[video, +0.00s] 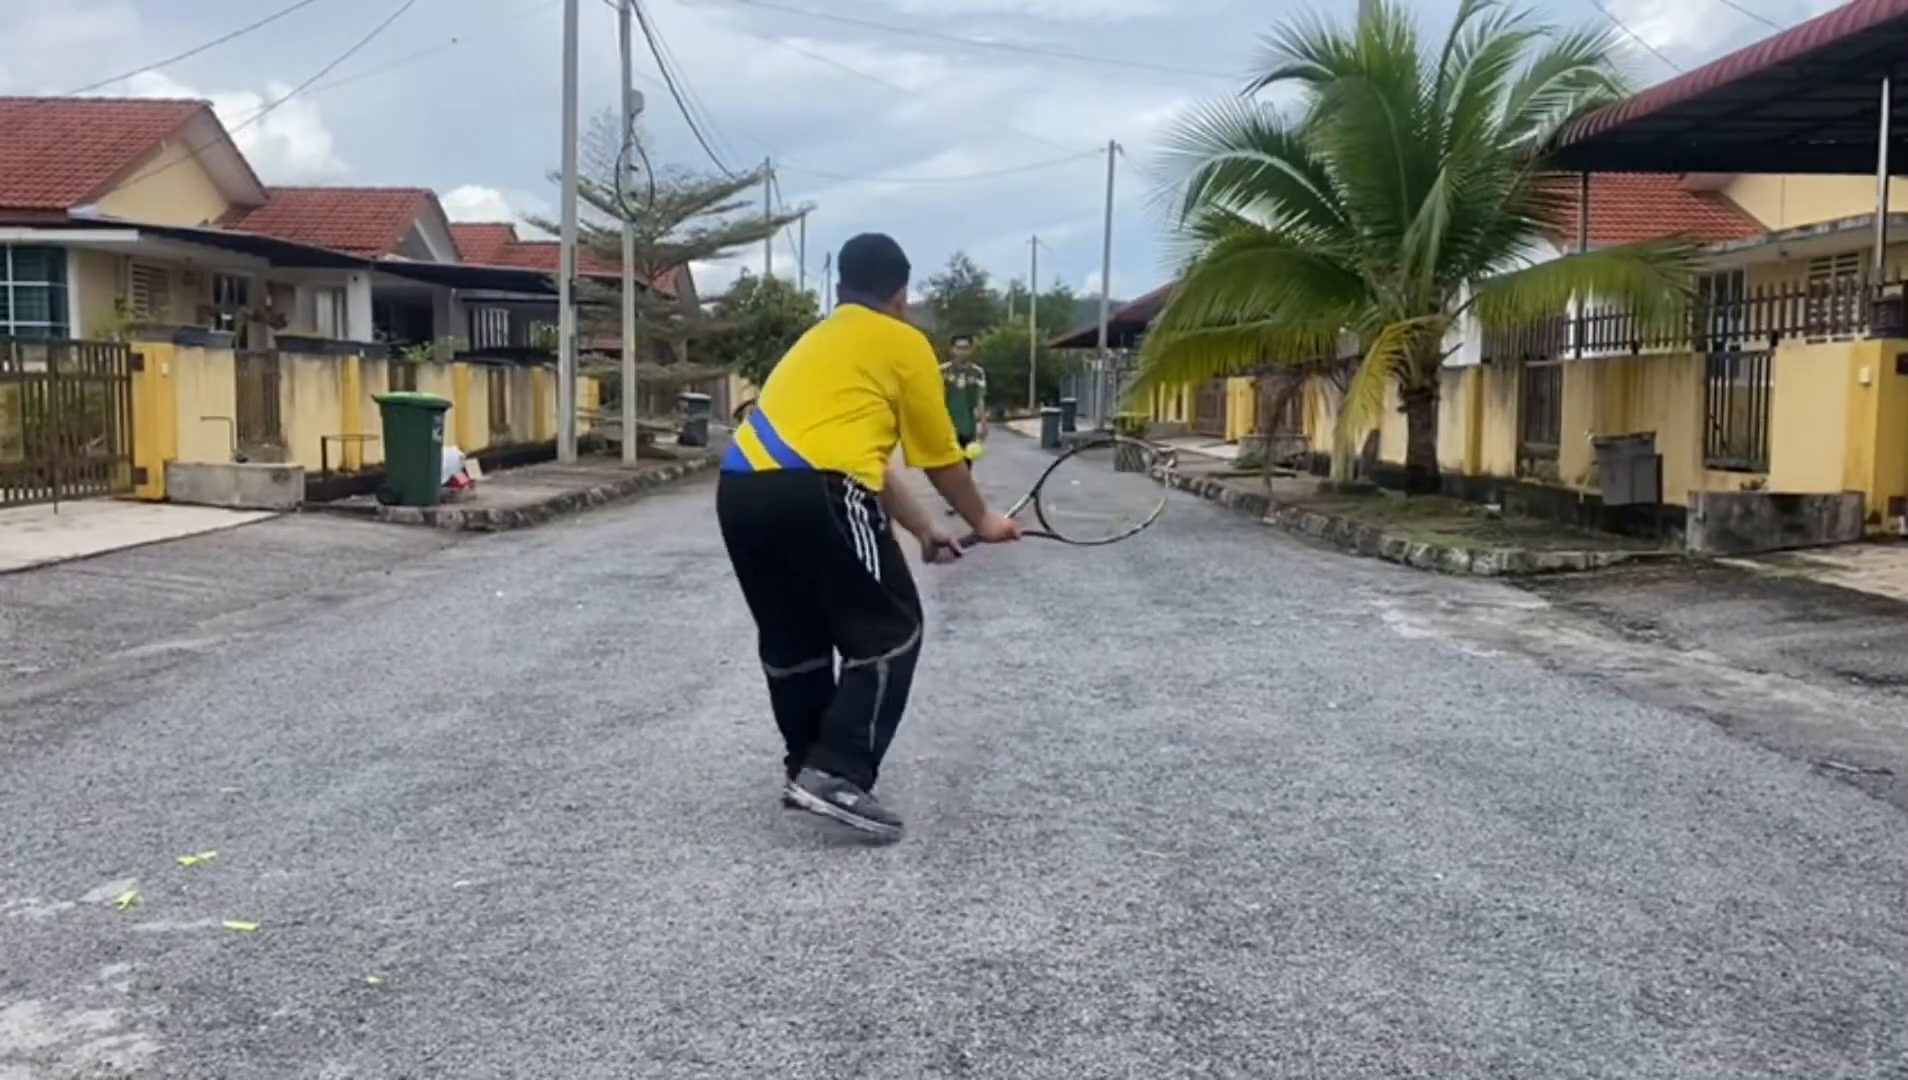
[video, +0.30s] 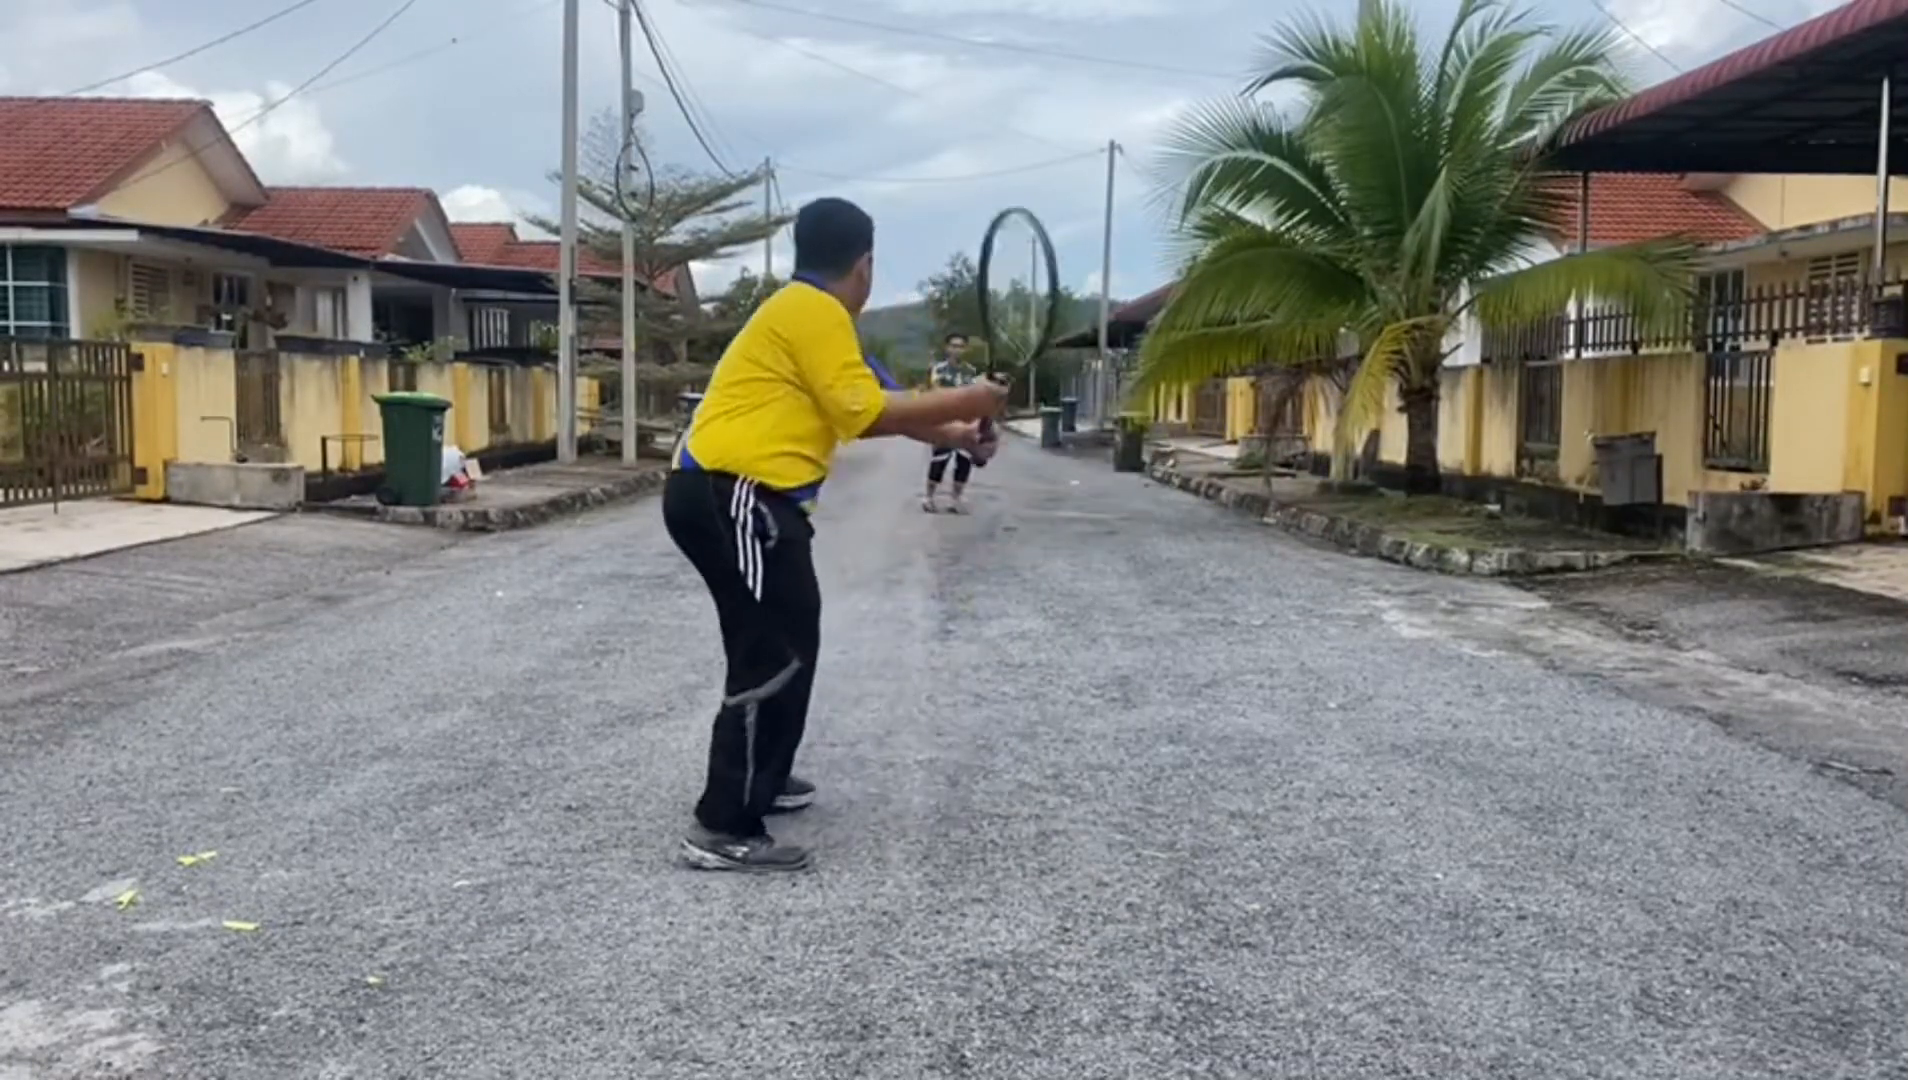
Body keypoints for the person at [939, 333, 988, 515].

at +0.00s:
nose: (961, 352)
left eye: (966, 348)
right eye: (958, 347)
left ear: (971, 350)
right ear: (951, 349)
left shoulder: (977, 373)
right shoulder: (942, 371)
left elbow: (980, 402)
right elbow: (937, 400)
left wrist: (983, 426)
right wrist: (939, 424)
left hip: (969, 427)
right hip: (948, 426)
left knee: (966, 468)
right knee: (950, 465)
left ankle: (963, 501)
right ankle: (953, 501)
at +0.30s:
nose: (957, 350)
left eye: (960, 346)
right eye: (954, 346)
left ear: (965, 349)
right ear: (946, 348)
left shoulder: (971, 372)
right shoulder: (937, 370)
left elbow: (976, 396)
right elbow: (934, 394)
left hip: (966, 419)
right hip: (943, 418)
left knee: (964, 460)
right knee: (940, 457)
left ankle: (956, 497)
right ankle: (929, 496)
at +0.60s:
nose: (949, 350)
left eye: (952, 346)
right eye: (945, 346)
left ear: (957, 349)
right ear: (939, 349)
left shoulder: (963, 371)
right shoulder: (931, 370)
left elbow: (970, 399)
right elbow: (926, 400)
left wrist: (975, 423)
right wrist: (928, 425)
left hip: (959, 426)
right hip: (938, 425)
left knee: (959, 466)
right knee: (933, 465)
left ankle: (955, 499)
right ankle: (928, 498)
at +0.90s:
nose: (941, 351)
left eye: (944, 347)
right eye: (937, 347)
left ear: (951, 350)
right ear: (932, 350)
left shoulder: (955, 372)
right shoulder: (926, 372)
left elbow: (960, 398)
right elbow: (916, 399)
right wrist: (906, 424)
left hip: (952, 426)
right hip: (930, 427)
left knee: (958, 463)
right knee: (928, 465)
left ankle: (957, 499)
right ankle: (926, 499)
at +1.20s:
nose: (939, 351)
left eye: (943, 346)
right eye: (936, 346)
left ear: (949, 349)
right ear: (930, 350)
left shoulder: (956, 373)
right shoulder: (922, 372)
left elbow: (960, 401)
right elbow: (916, 403)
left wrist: (963, 425)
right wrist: (916, 430)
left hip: (951, 427)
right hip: (929, 427)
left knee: (957, 465)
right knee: (927, 465)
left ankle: (959, 498)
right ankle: (926, 499)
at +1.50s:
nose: (935, 352)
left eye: (938, 347)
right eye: (932, 348)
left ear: (948, 349)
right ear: (929, 351)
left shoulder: (958, 372)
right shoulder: (925, 371)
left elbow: (961, 401)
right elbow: (922, 398)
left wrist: (964, 424)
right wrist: (922, 423)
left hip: (952, 424)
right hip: (932, 424)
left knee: (956, 464)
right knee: (927, 463)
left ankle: (959, 498)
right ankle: (926, 498)